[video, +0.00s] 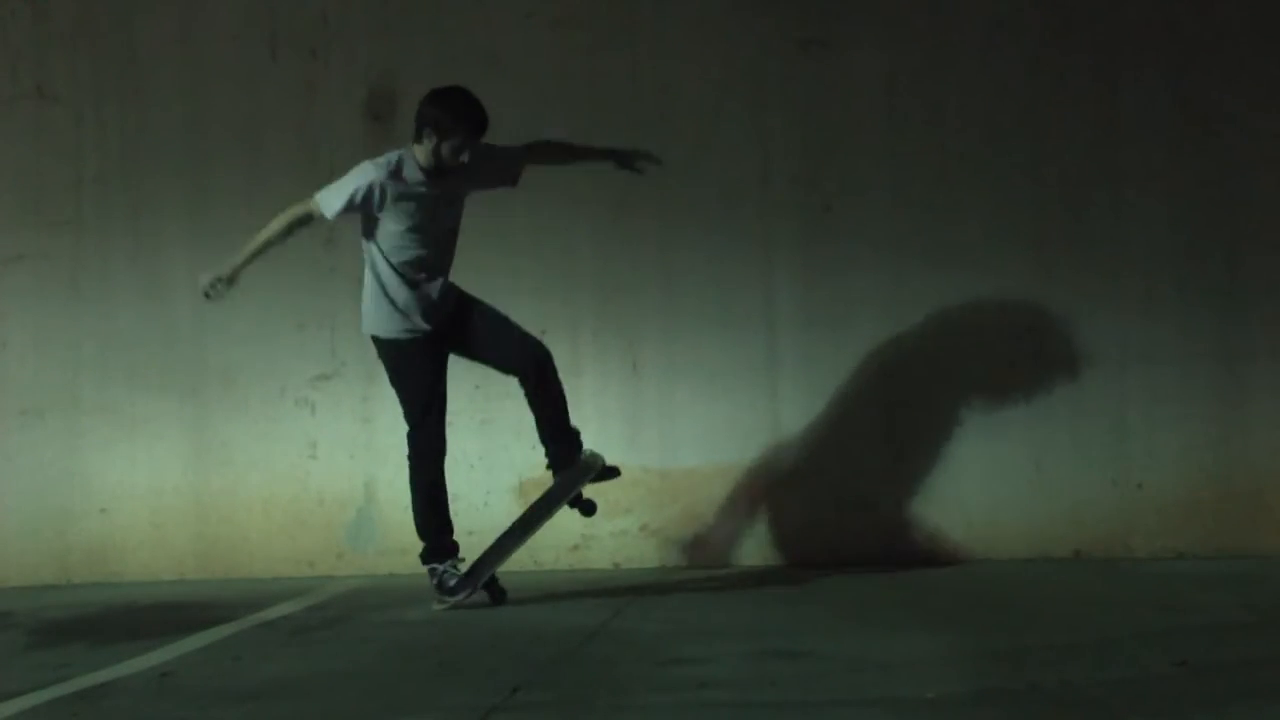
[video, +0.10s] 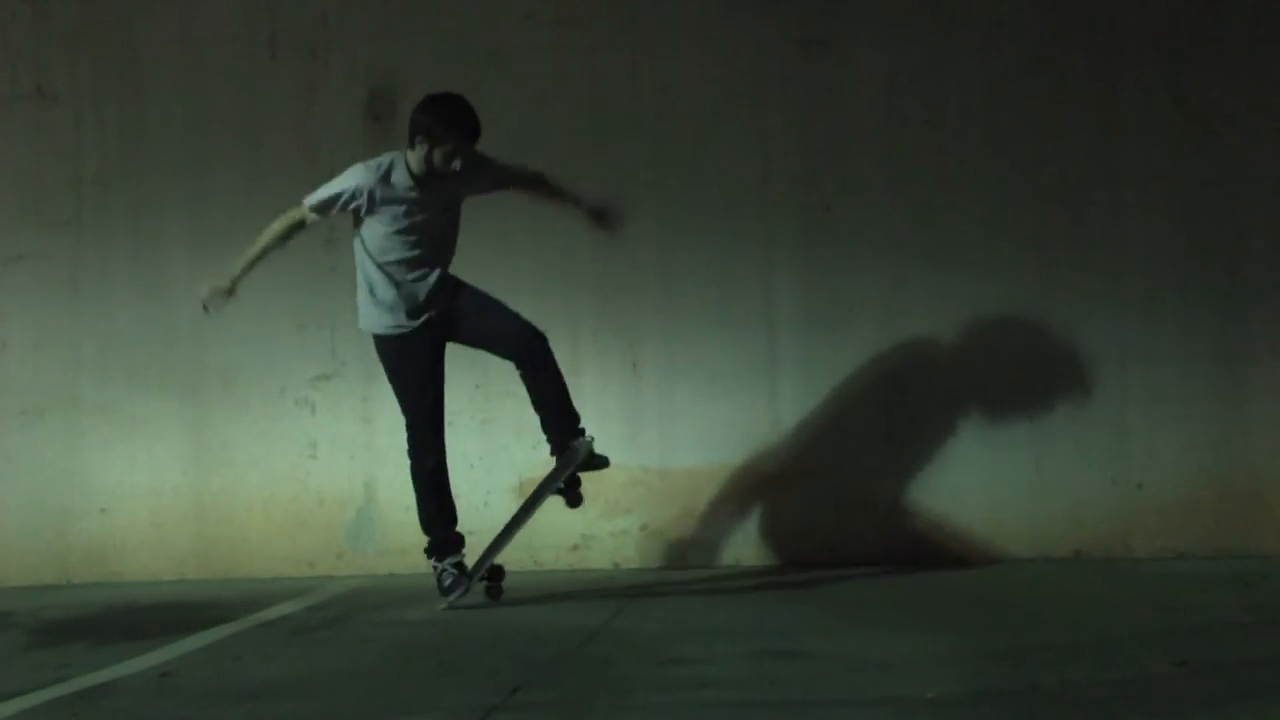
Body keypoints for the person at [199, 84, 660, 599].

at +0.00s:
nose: (467, 156)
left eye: (471, 146)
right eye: (462, 145)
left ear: (460, 140)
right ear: (432, 134)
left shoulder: (458, 172)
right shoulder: (379, 178)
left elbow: (533, 156)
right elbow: (300, 214)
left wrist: (611, 156)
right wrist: (233, 268)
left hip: (446, 306)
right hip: (400, 324)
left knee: (534, 359)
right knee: (427, 440)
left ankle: (569, 463)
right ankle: (441, 564)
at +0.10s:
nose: (459, 163)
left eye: (464, 155)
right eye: (453, 154)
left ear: (458, 151)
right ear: (423, 142)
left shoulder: (461, 174)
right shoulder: (371, 180)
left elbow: (525, 181)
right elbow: (295, 219)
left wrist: (585, 208)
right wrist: (232, 279)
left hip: (445, 298)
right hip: (397, 324)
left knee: (529, 343)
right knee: (426, 440)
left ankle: (568, 446)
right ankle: (446, 558)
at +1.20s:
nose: (293, 257)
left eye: (298, 244)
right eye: (284, 249)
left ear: (321, 229)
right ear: (277, 247)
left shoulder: (373, 250)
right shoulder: (279, 281)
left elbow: (456, 262)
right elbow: (228, 338)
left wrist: (533, 295)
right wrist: (184, 383)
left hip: (410, 372)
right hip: (352, 379)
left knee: (356, 441)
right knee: (319, 459)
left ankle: (389, 560)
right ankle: (358, 559)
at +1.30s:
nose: (283, 249)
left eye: (287, 236)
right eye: (272, 243)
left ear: (307, 219)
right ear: (264, 241)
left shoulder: (362, 231)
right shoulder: (275, 274)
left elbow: (446, 240)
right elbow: (237, 348)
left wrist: (523, 267)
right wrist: (199, 400)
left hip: (416, 349)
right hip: (361, 360)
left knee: (365, 435)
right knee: (327, 451)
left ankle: (389, 560)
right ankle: (357, 561)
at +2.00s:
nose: (254, 256)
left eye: (252, 243)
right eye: (245, 250)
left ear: (276, 219)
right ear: (277, 222)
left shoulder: (348, 222)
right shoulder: (302, 254)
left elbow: (435, 261)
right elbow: (352, 306)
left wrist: (450, 349)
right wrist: (369, 383)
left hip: (450, 314)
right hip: (399, 330)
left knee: (414, 430)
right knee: (378, 434)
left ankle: (408, 560)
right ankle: (378, 556)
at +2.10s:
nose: (263, 233)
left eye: (263, 220)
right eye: (254, 228)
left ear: (283, 195)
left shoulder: (352, 206)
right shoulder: (309, 234)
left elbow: (435, 255)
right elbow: (359, 292)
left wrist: (449, 344)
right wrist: (376, 369)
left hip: (449, 316)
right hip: (400, 326)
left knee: (415, 430)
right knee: (376, 430)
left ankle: (415, 559)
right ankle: (390, 551)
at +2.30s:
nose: (274, 194)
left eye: (272, 181)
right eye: (265, 188)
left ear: (295, 156)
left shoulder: (358, 176)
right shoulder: (319, 203)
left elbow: (431, 238)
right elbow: (369, 271)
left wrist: (436, 322)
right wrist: (379, 346)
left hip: (449, 309)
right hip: (403, 320)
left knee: (421, 430)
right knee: (391, 438)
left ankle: (426, 562)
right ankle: (408, 556)